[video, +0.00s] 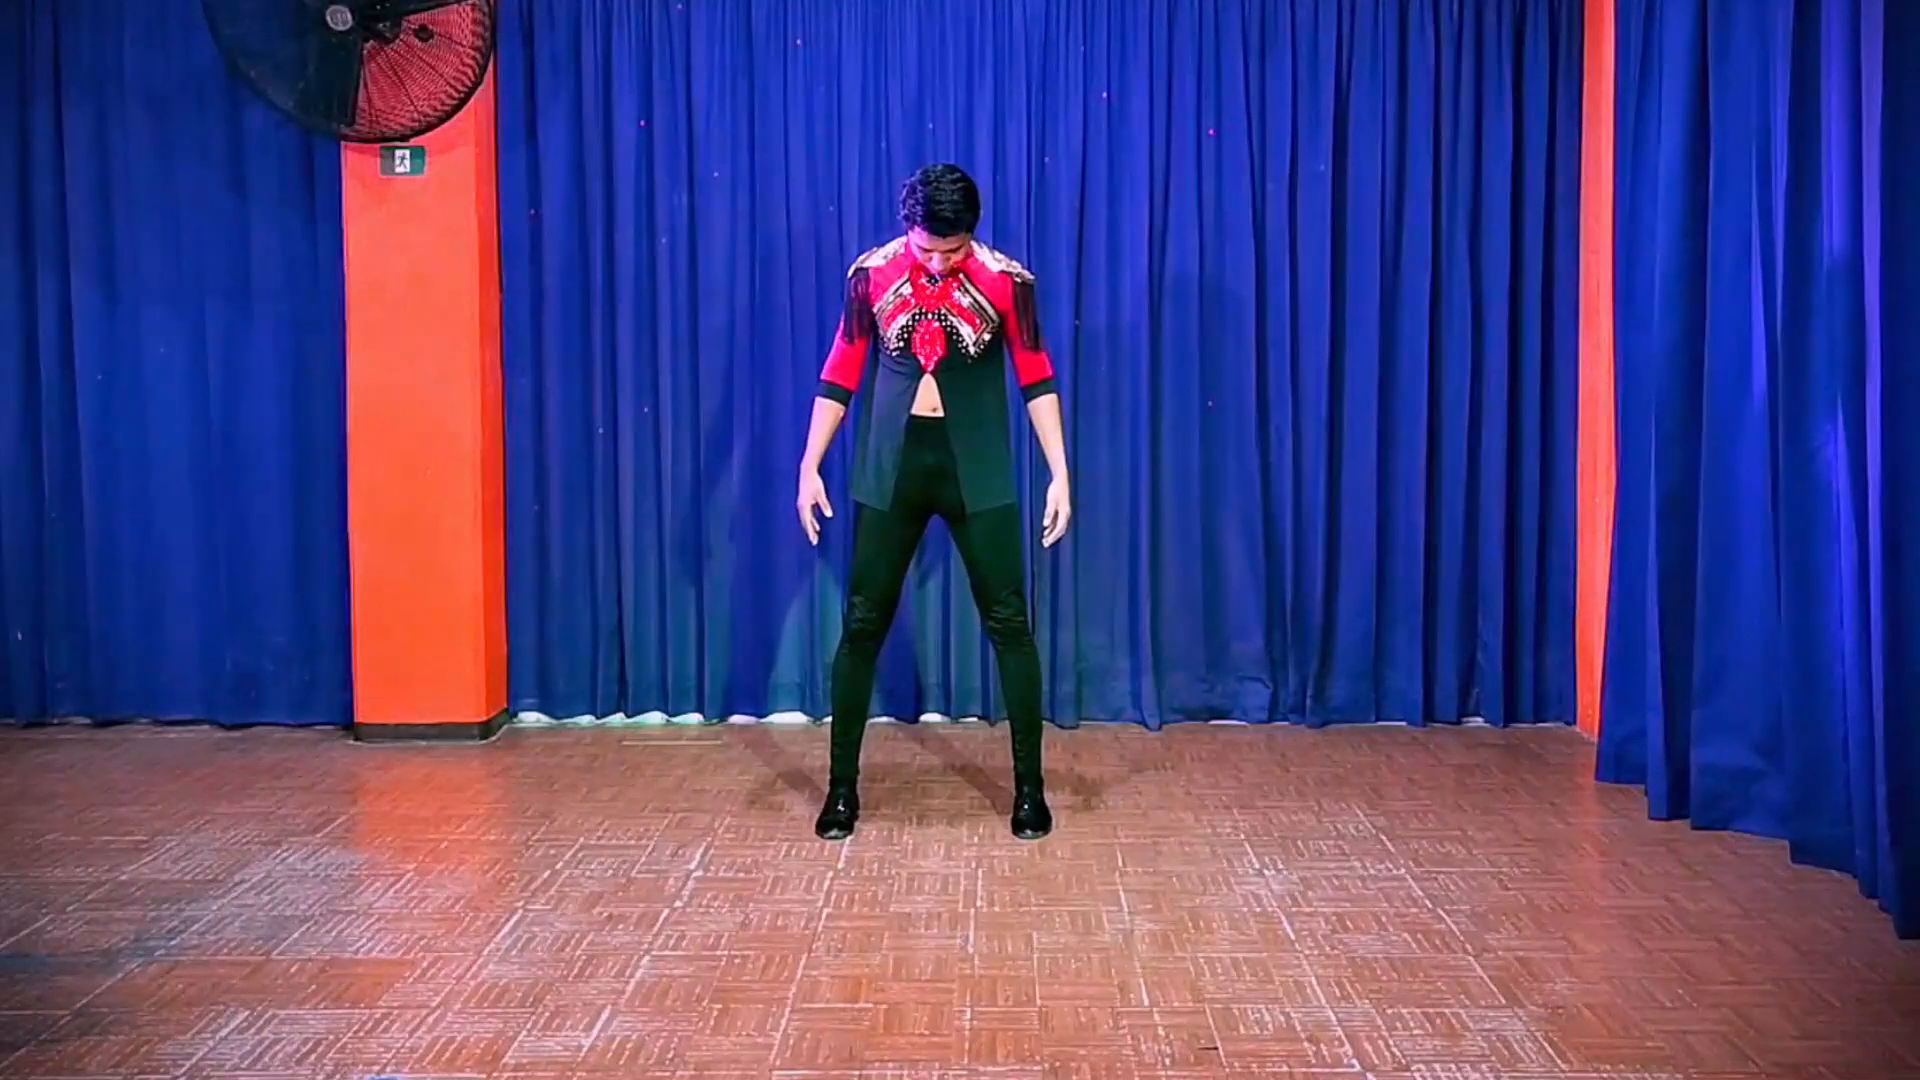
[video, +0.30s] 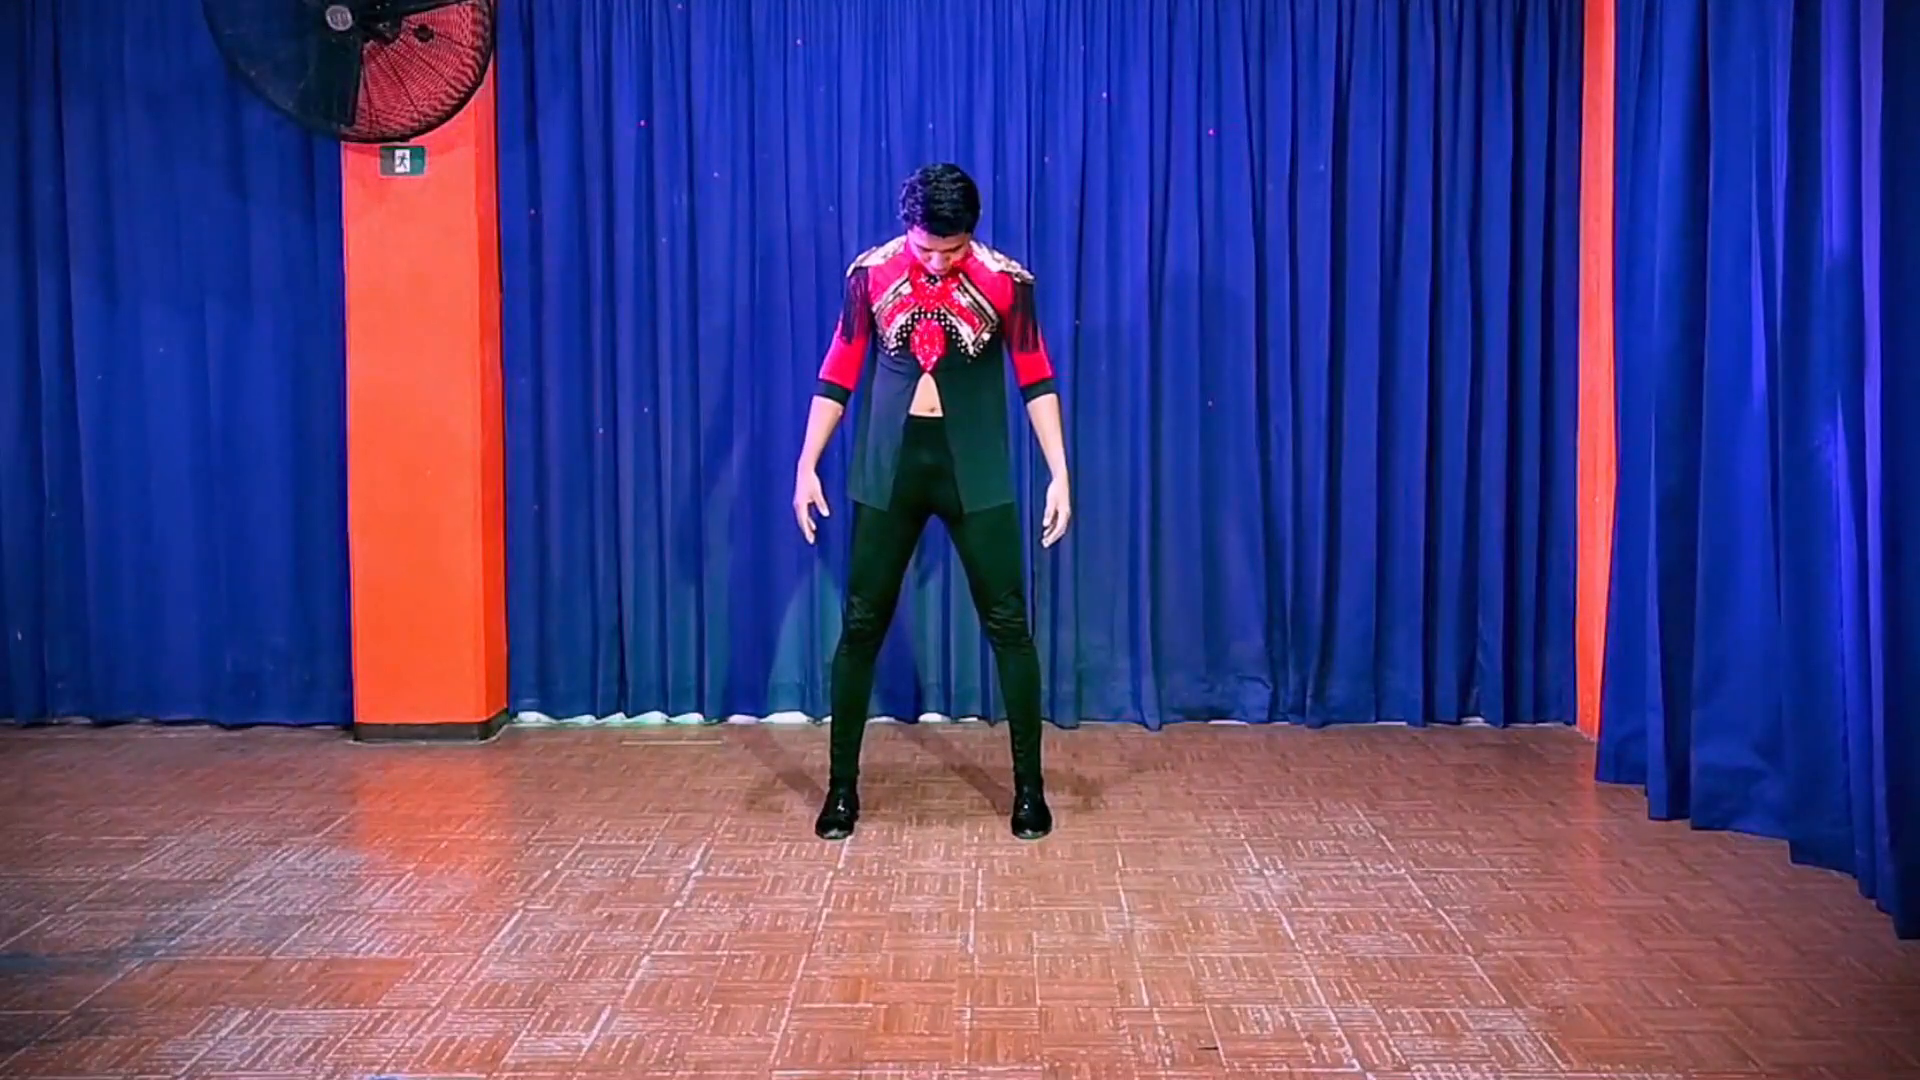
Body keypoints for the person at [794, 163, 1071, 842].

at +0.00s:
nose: (942, 259)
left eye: (954, 248)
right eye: (929, 247)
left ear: (974, 230)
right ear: (909, 228)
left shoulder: (1007, 281)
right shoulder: (872, 275)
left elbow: (1036, 378)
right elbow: (842, 372)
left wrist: (1059, 473)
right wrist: (809, 465)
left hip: (979, 464)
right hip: (892, 463)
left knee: (1008, 619)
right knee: (863, 622)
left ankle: (1029, 785)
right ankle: (841, 786)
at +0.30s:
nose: (940, 259)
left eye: (953, 248)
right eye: (928, 247)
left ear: (974, 230)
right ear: (909, 228)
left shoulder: (1006, 282)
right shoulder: (872, 275)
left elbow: (1036, 380)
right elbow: (839, 373)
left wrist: (1059, 473)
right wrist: (807, 464)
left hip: (977, 466)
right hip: (890, 464)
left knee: (1007, 621)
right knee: (862, 623)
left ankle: (1029, 786)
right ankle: (841, 787)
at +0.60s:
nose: (940, 258)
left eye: (953, 247)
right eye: (928, 246)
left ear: (974, 228)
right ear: (909, 228)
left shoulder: (1006, 281)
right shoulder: (872, 274)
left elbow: (1035, 379)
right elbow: (839, 371)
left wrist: (1058, 473)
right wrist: (806, 464)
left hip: (976, 466)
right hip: (889, 465)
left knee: (1008, 623)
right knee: (862, 623)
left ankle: (1028, 786)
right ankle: (842, 787)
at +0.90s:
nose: (940, 258)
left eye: (953, 247)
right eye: (927, 246)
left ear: (973, 228)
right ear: (908, 227)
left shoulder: (1007, 281)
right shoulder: (872, 275)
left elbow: (1036, 380)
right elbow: (839, 372)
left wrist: (1060, 474)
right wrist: (807, 463)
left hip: (977, 467)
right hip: (889, 466)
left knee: (1007, 625)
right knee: (863, 624)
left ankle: (1029, 786)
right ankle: (842, 786)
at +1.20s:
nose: (941, 256)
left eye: (954, 244)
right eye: (928, 243)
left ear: (973, 227)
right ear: (908, 225)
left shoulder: (1006, 282)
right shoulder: (873, 275)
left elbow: (1037, 380)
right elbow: (839, 373)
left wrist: (1060, 473)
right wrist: (807, 464)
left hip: (977, 467)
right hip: (889, 466)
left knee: (1007, 624)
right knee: (862, 625)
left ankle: (1028, 785)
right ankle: (841, 787)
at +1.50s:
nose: (942, 257)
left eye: (955, 245)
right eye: (930, 245)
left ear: (973, 227)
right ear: (908, 226)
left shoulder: (1005, 280)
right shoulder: (872, 275)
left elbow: (1035, 379)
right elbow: (840, 373)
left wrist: (1058, 473)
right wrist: (809, 465)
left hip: (978, 468)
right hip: (889, 466)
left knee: (1007, 624)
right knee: (862, 626)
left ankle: (1028, 785)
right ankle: (842, 786)